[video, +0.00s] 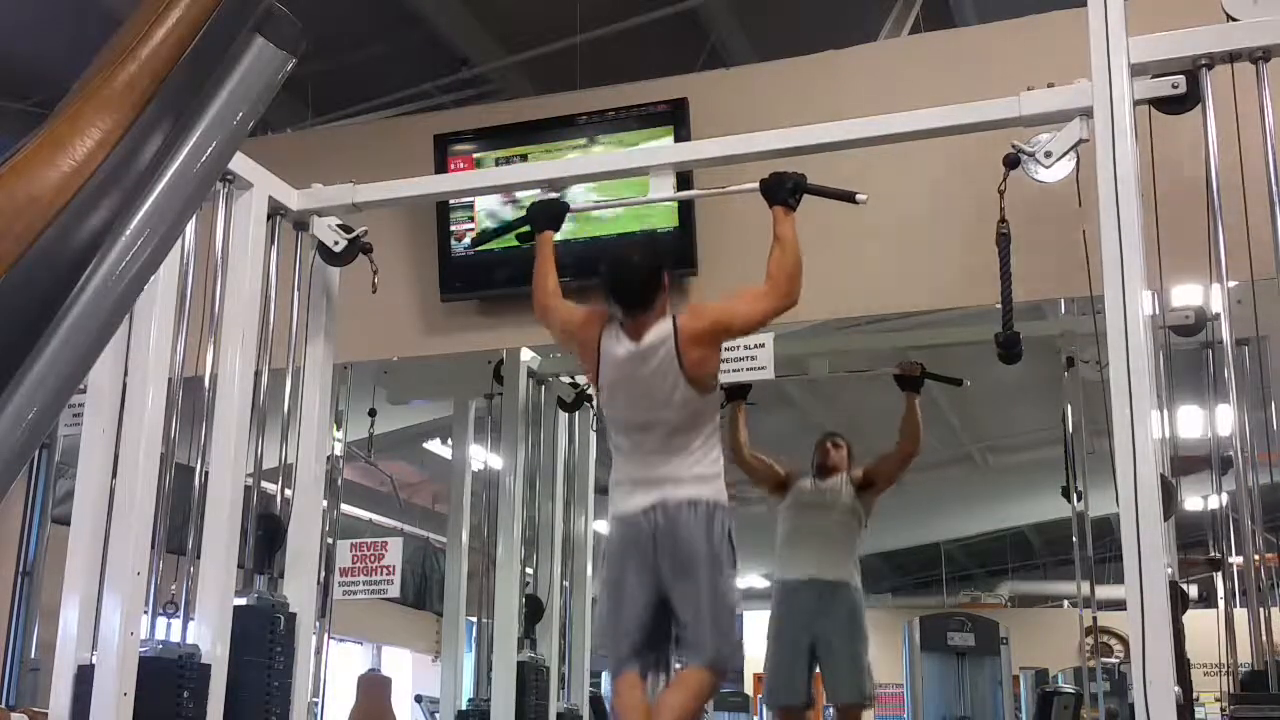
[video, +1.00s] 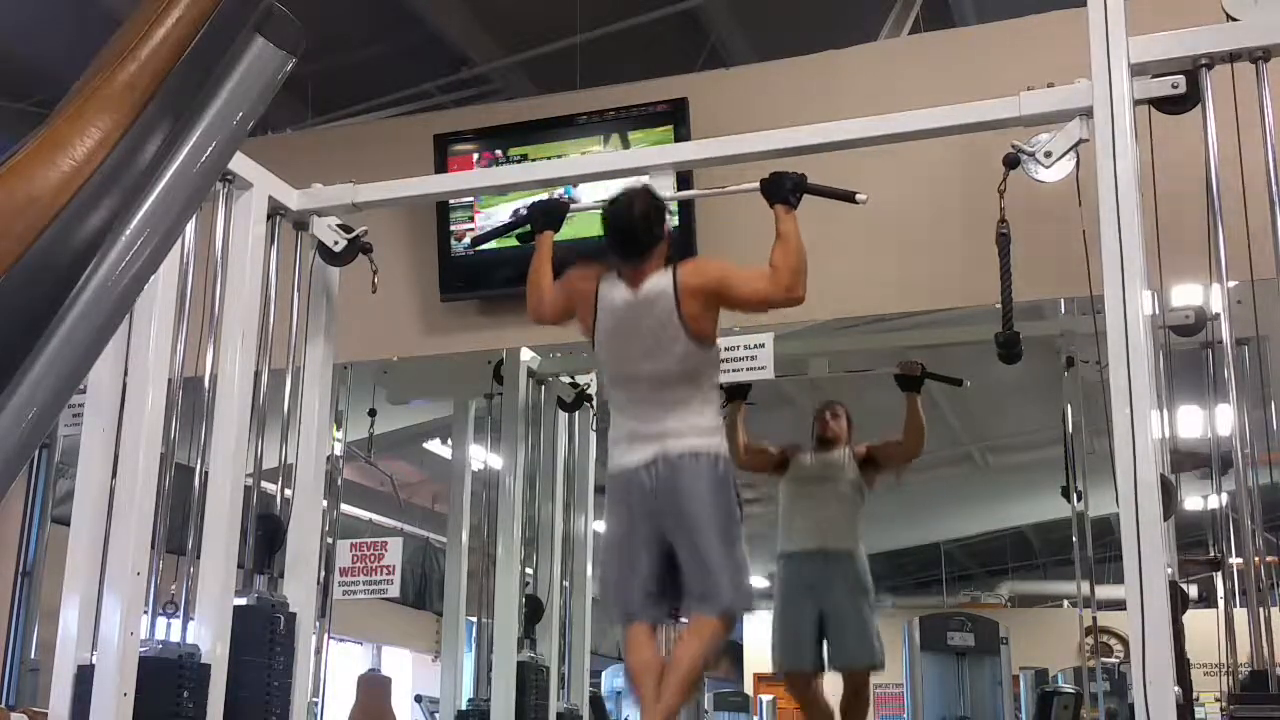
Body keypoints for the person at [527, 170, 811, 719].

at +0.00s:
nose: (672, 282)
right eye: (668, 275)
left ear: (610, 292)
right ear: (666, 284)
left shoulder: (591, 334)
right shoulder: (700, 326)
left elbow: (546, 301)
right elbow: (781, 293)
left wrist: (543, 234)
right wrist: (784, 210)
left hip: (629, 516)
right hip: (695, 512)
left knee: (626, 663)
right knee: (706, 658)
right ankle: (657, 717)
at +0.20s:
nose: (670, 294)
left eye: (661, 289)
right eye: (667, 288)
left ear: (611, 310)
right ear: (665, 302)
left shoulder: (594, 349)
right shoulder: (697, 337)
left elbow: (552, 305)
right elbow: (772, 295)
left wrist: (545, 236)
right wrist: (781, 211)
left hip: (625, 526)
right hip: (691, 523)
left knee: (618, 675)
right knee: (694, 670)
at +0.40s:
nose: (664, 237)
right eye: (661, 232)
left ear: (610, 251)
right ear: (662, 241)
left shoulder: (589, 297)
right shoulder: (693, 288)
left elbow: (543, 304)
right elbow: (781, 290)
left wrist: (543, 237)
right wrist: (784, 211)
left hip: (625, 473)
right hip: (691, 470)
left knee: (620, 611)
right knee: (698, 608)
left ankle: (623, 718)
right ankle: (623, 713)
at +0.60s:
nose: (664, 176)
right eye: (664, 170)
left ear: (609, 193)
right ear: (663, 183)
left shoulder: (585, 242)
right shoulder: (698, 233)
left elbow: (537, 303)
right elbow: (780, 280)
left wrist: (541, 232)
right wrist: (785, 207)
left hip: (630, 413)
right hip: (694, 408)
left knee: (629, 553)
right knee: (702, 546)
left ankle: (645, 687)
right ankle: (632, 678)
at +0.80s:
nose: (665, 164)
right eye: (665, 157)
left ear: (613, 181)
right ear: (666, 171)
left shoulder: (590, 235)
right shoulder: (702, 224)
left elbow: (540, 303)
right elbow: (777, 280)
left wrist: (542, 234)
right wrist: (785, 206)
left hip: (633, 401)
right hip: (697, 395)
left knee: (644, 545)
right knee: (708, 537)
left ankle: (663, 676)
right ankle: (647, 672)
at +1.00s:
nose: (668, 230)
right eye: (665, 225)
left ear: (610, 239)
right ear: (665, 234)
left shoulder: (589, 287)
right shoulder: (698, 278)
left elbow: (541, 306)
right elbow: (787, 288)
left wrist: (544, 235)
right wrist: (786, 210)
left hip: (629, 473)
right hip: (695, 467)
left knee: (638, 613)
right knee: (714, 606)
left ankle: (656, 718)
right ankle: (656, 714)